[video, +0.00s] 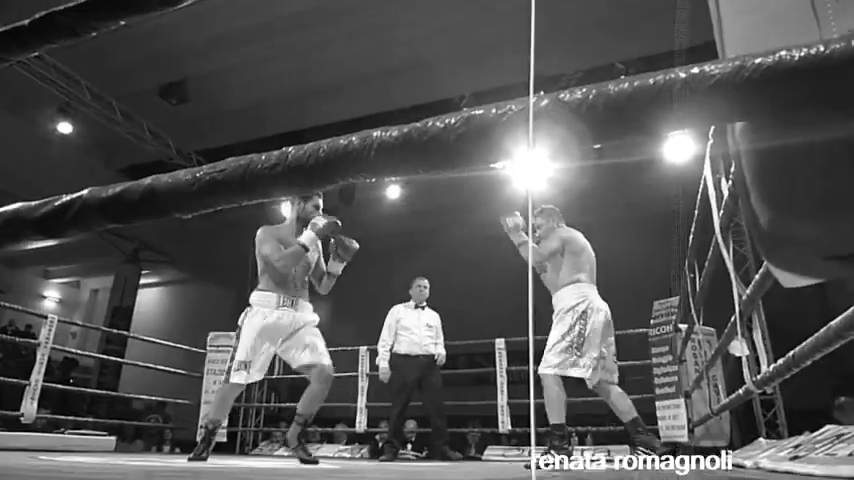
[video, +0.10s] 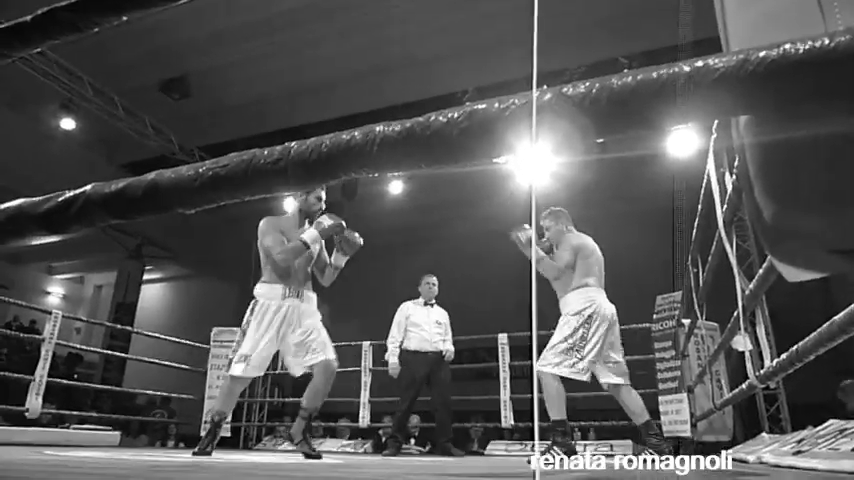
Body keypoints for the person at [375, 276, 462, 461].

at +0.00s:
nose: (422, 290)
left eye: (425, 288)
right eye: (419, 287)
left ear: (429, 292)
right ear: (410, 290)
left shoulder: (434, 316)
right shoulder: (397, 311)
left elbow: (439, 340)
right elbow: (385, 340)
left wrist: (441, 351)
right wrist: (383, 365)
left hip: (428, 362)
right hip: (403, 361)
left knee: (436, 405)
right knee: (399, 407)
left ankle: (440, 447)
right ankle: (391, 448)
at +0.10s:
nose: (432, 287)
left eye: (434, 285)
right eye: (428, 284)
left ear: (438, 290)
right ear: (419, 288)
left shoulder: (442, 314)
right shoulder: (407, 308)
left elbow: (447, 338)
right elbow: (395, 336)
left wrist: (449, 348)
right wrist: (393, 360)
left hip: (438, 359)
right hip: (412, 357)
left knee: (442, 401)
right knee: (406, 402)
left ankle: (443, 442)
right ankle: (395, 442)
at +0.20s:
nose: (440, 266)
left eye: (443, 263)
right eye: (436, 263)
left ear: (447, 268)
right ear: (429, 267)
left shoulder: (451, 291)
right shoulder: (418, 286)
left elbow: (456, 314)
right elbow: (407, 312)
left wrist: (459, 325)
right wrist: (403, 337)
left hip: (447, 336)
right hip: (424, 335)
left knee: (447, 378)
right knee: (414, 378)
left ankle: (443, 418)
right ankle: (397, 417)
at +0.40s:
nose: (452, 219)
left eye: (453, 215)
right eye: (448, 215)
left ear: (454, 218)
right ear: (440, 217)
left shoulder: (455, 241)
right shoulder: (426, 236)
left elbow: (461, 266)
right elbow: (417, 265)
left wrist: (469, 284)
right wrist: (417, 292)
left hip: (454, 286)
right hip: (434, 285)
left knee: (450, 327)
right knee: (431, 324)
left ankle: (446, 363)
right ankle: (415, 357)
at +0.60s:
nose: (450, 223)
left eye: (453, 221)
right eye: (446, 220)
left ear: (456, 225)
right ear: (438, 223)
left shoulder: (453, 248)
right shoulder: (428, 241)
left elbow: (455, 275)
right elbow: (419, 269)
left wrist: (468, 287)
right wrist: (419, 292)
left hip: (448, 287)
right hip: (434, 284)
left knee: (442, 326)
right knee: (440, 324)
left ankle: (434, 369)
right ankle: (433, 370)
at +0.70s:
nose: (456, 221)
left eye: (459, 218)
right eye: (452, 218)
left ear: (462, 223)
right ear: (445, 221)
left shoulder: (458, 246)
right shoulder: (435, 239)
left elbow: (459, 275)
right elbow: (427, 267)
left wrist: (472, 288)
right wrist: (427, 291)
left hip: (454, 285)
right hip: (440, 283)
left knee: (445, 323)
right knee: (450, 321)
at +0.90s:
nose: (469, 220)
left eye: (470, 217)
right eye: (465, 215)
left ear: (470, 221)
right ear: (456, 217)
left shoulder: (466, 244)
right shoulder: (451, 238)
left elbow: (466, 273)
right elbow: (441, 265)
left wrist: (478, 287)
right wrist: (440, 291)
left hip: (465, 284)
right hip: (453, 282)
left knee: (453, 326)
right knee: (464, 323)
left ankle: (430, 366)